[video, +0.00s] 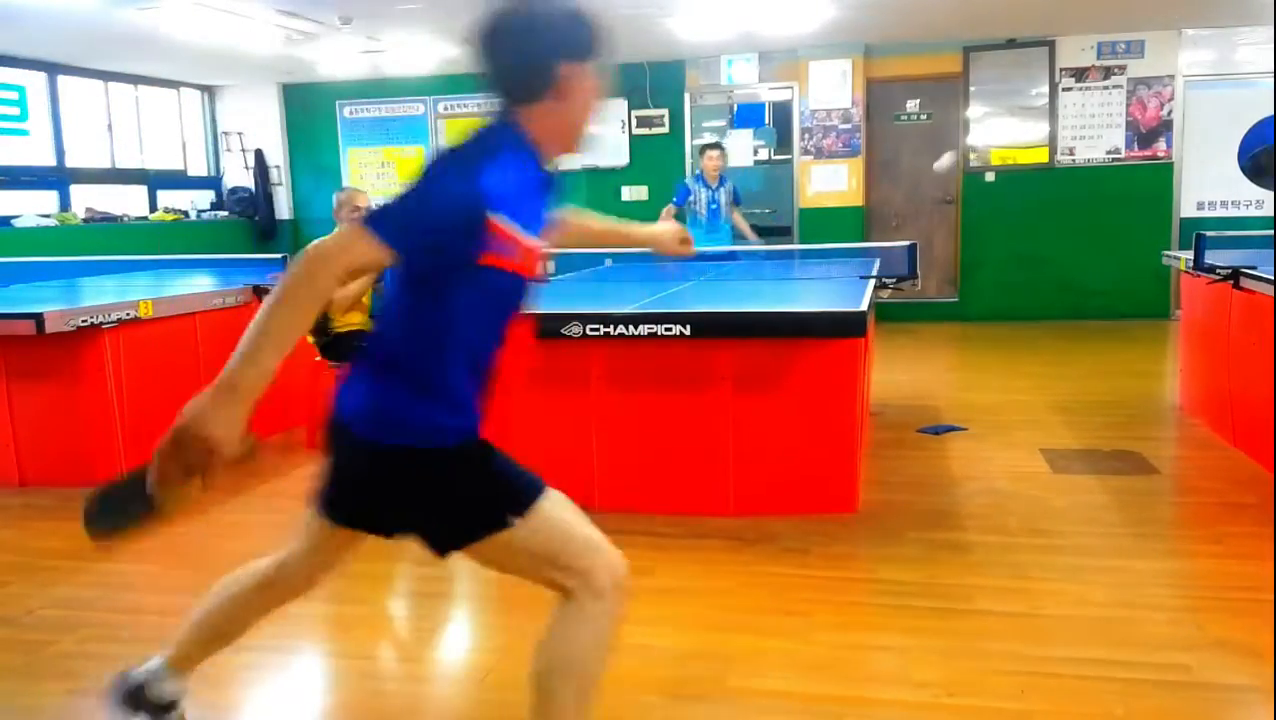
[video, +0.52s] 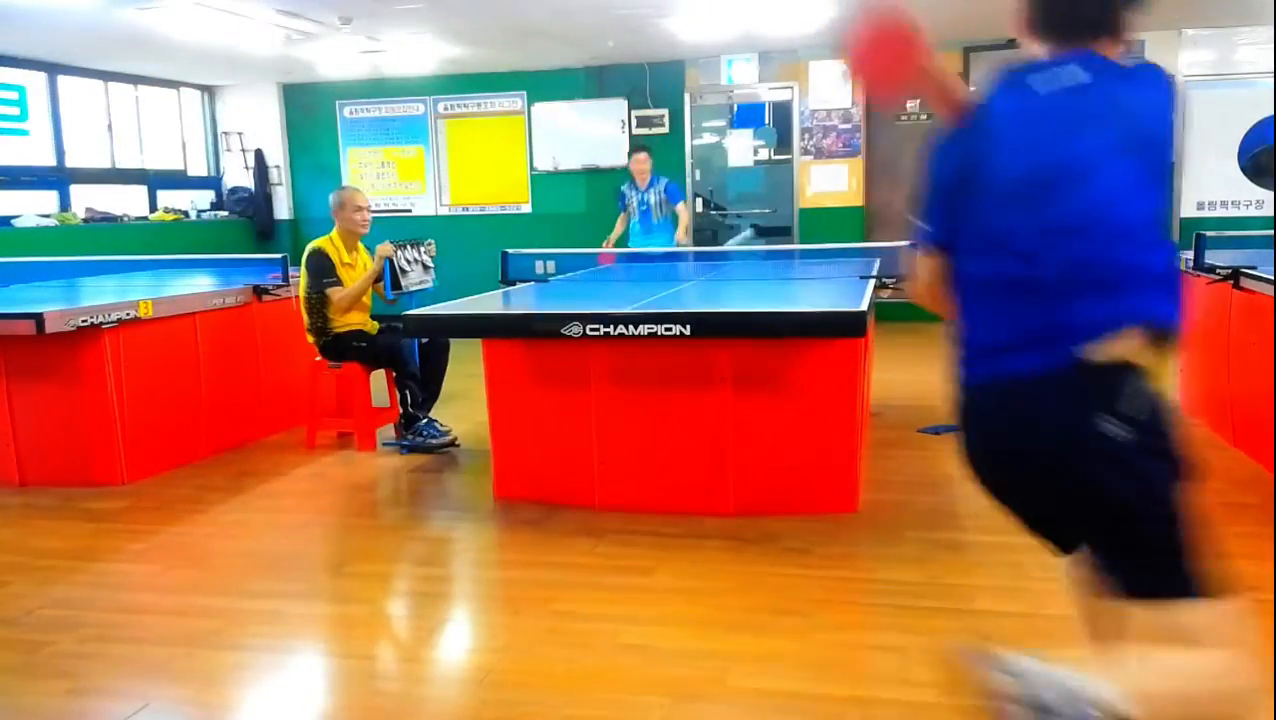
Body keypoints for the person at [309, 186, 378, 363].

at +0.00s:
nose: (362, 216)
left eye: (366, 210)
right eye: (354, 211)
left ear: (371, 212)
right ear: (337, 214)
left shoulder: (372, 252)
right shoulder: (321, 250)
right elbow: (336, 305)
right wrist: (372, 273)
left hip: (365, 329)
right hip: (336, 334)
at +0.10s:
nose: (363, 217)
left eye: (367, 210)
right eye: (354, 211)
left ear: (371, 213)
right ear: (337, 215)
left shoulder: (365, 253)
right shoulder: (319, 252)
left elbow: (379, 300)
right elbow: (342, 303)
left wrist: (397, 272)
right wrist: (376, 269)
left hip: (366, 330)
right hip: (333, 336)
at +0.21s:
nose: (362, 216)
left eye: (366, 210)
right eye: (353, 210)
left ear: (370, 214)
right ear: (336, 216)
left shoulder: (362, 252)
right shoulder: (319, 252)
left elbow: (388, 295)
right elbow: (341, 304)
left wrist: (418, 261)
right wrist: (376, 268)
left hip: (365, 330)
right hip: (335, 338)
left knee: (436, 340)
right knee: (403, 346)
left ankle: (418, 420)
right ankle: (411, 426)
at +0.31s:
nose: (362, 217)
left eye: (366, 210)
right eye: (353, 211)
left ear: (370, 214)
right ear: (335, 216)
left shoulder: (362, 252)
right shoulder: (318, 252)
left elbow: (388, 295)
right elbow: (340, 303)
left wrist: (417, 261)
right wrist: (376, 268)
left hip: (365, 330)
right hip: (335, 338)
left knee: (436, 340)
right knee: (403, 346)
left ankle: (418, 420)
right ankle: (411, 426)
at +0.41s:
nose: (362, 216)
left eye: (366, 210)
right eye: (353, 210)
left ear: (370, 214)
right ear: (335, 216)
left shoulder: (362, 251)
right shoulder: (318, 252)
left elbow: (388, 295)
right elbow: (341, 303)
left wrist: (417, 261)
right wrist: (376, 268)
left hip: (365, 330)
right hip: (335, 338)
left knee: (436, 341)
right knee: (403, 346)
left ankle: (418, 420)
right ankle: (411, 426)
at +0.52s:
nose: (366, 216)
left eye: (368, 210)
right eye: (358, 210)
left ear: (370, 213)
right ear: (338, 214)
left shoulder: (362, 252)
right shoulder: (318, 252)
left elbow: (388, 295)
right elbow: (341, 303)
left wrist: (418, 260)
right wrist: (376, 268)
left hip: (365, 330)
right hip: (335, 338)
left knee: (436, 340)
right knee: (403, 345)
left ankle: (418, 419)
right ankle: (412, 425)